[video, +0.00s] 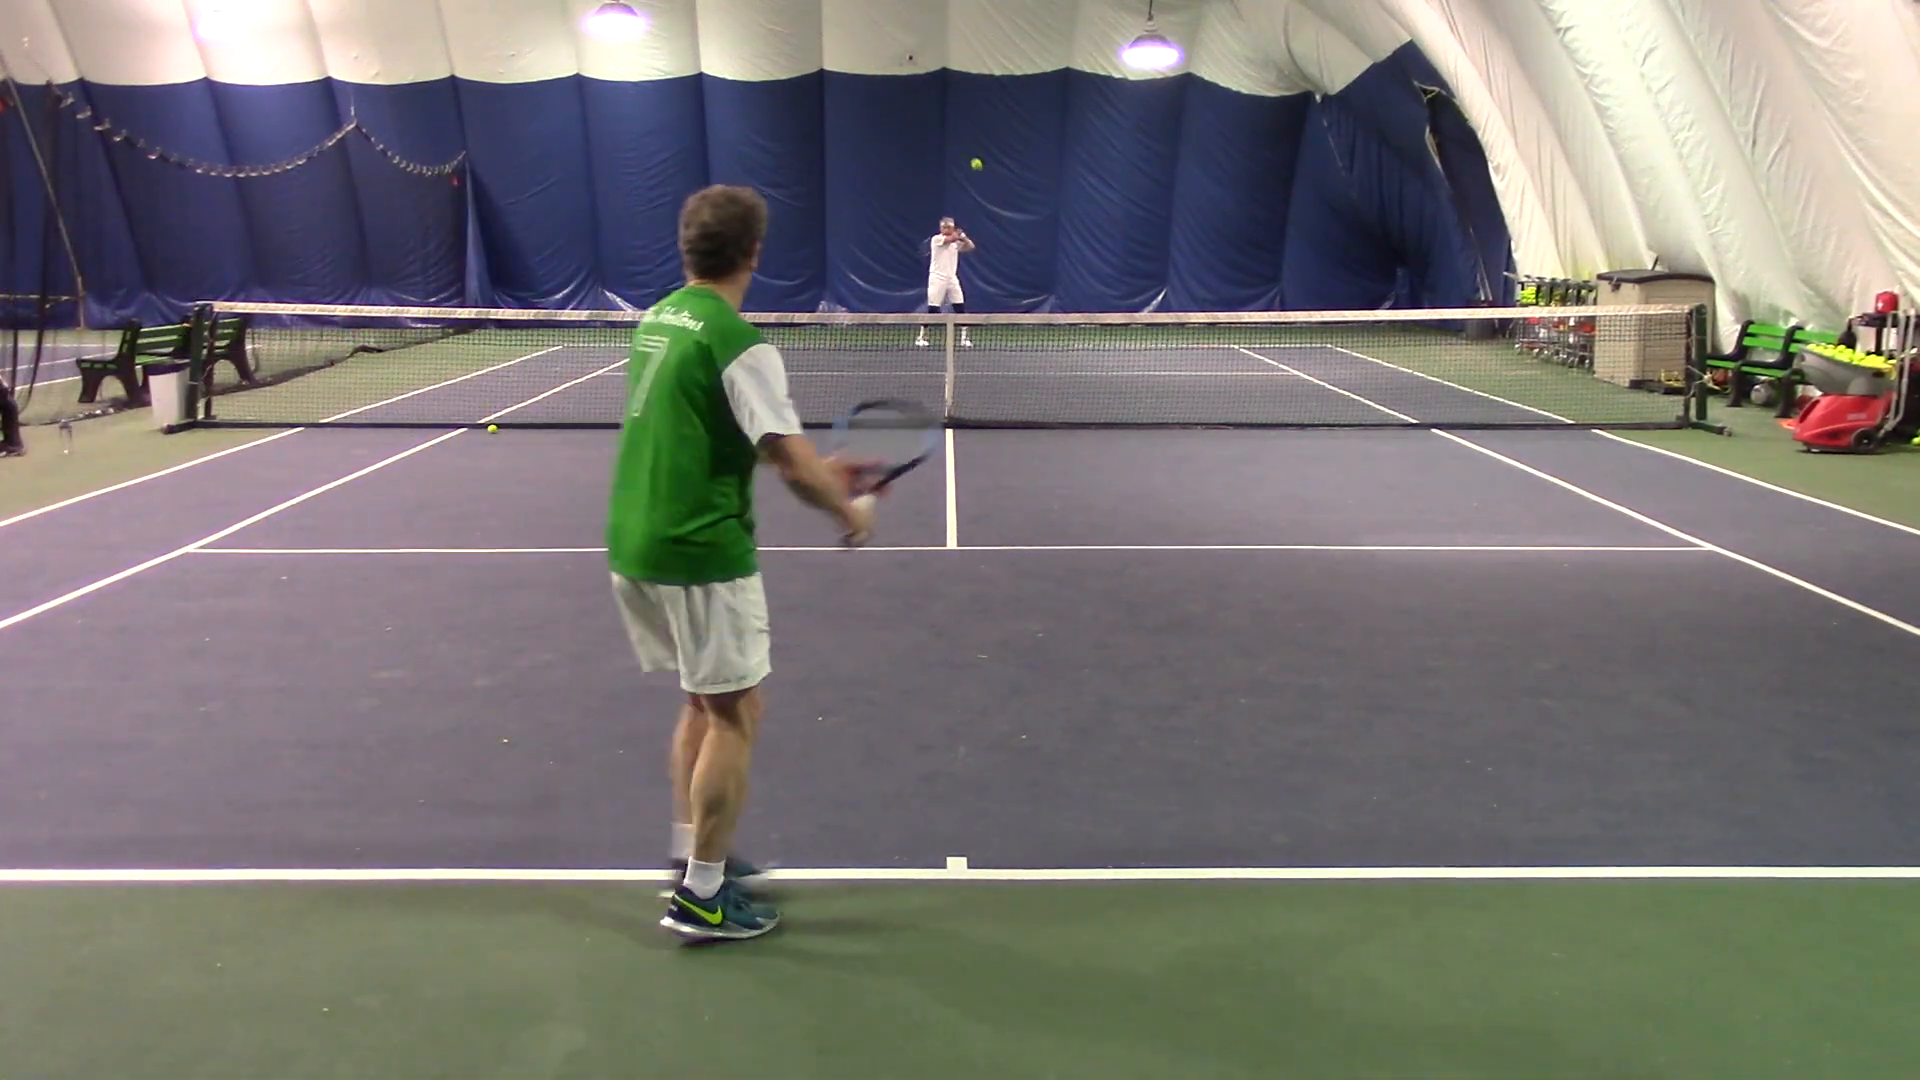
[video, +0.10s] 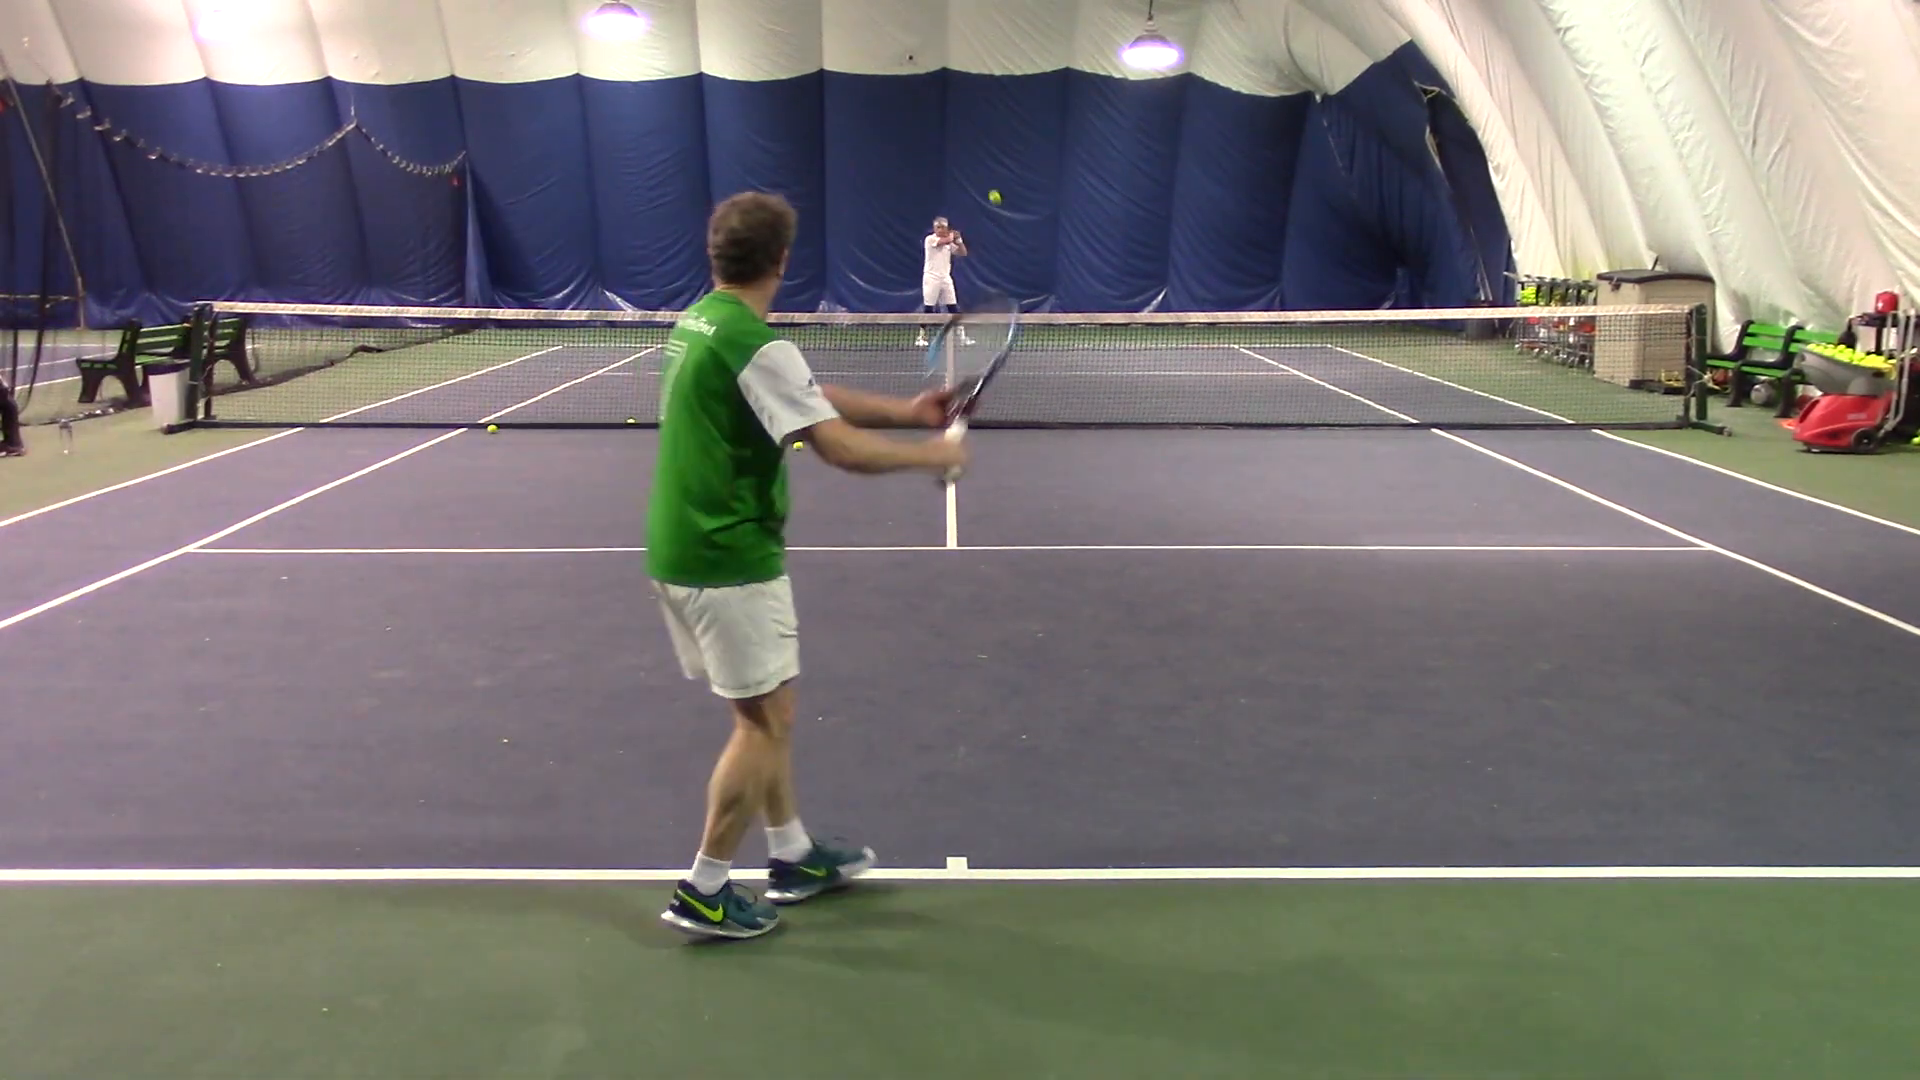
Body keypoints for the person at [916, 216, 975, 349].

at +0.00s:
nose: (947, 231)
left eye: (949, 228)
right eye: (944, 228)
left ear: (953, 229)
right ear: (940, 228)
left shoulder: (956, 242)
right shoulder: (936, 239)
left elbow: (971, 246)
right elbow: (949, 239)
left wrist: (963, 237)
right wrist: (957, 234)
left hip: (952, 277)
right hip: (937, 276)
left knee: (960, 307)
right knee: (933, 309)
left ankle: (964, 337)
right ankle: (922, 337)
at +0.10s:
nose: (940, 230)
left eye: (943, 227)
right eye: (938, 227)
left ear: (947, 229)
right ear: (934, 228)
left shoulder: (949, 242)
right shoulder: (930, 239)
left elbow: (963, 253)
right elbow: (941, 242)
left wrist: (959, 241)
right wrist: (952, 238)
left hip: (945, 276)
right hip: (931, 276)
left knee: (953, 306)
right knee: (929, 307)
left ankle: (960, 335)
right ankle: (922, 335)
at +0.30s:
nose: (931, 227)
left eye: (933, 225)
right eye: (929, 225)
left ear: (936, 226)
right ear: (924, 226)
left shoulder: (940, 241)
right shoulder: (919, 239)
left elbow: (944, 259)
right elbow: (928, 250)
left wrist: (948, 250)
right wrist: (944, 246)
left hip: (937, 273)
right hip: (924, 273)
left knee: (947, 302)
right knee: (925, 304)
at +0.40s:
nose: (928, 227)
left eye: (930, 224)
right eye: (925, 224)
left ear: (934, 226)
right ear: (921, 226)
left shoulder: (937, 241)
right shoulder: (915, 239)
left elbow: (942, 261)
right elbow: (922, 255)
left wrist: (943, 253)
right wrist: (936, 251)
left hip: (936, 272)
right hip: (922, 273)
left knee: (942, 301)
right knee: (923, 303)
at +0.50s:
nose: (926, 228)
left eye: (928, 225)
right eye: (923, 225)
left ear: (931, 227)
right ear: (919, 227)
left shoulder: (935, 242)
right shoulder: (915, 242)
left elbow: (941, 261)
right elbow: (912, 260)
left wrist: (940, 254)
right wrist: (930, 255)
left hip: (934, 274)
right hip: (920, 274)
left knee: (936, 305)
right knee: (921, 305)